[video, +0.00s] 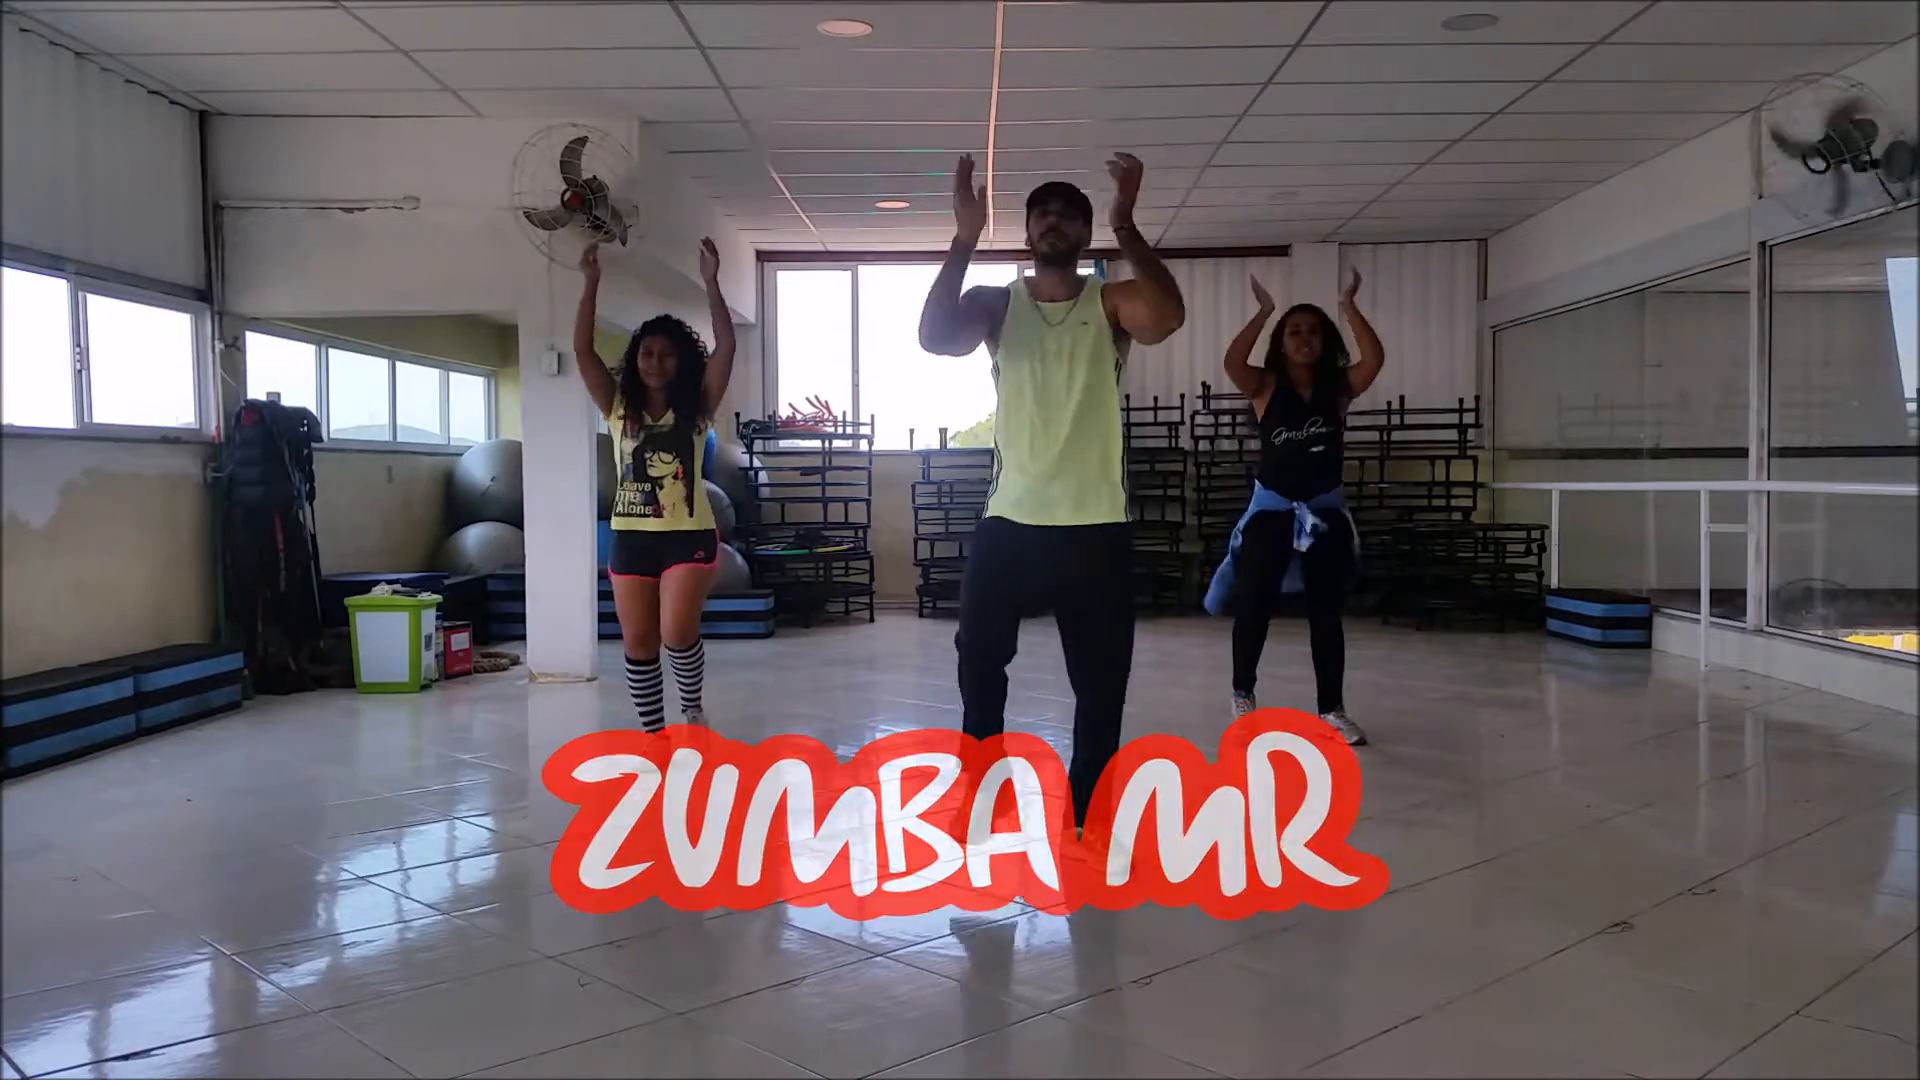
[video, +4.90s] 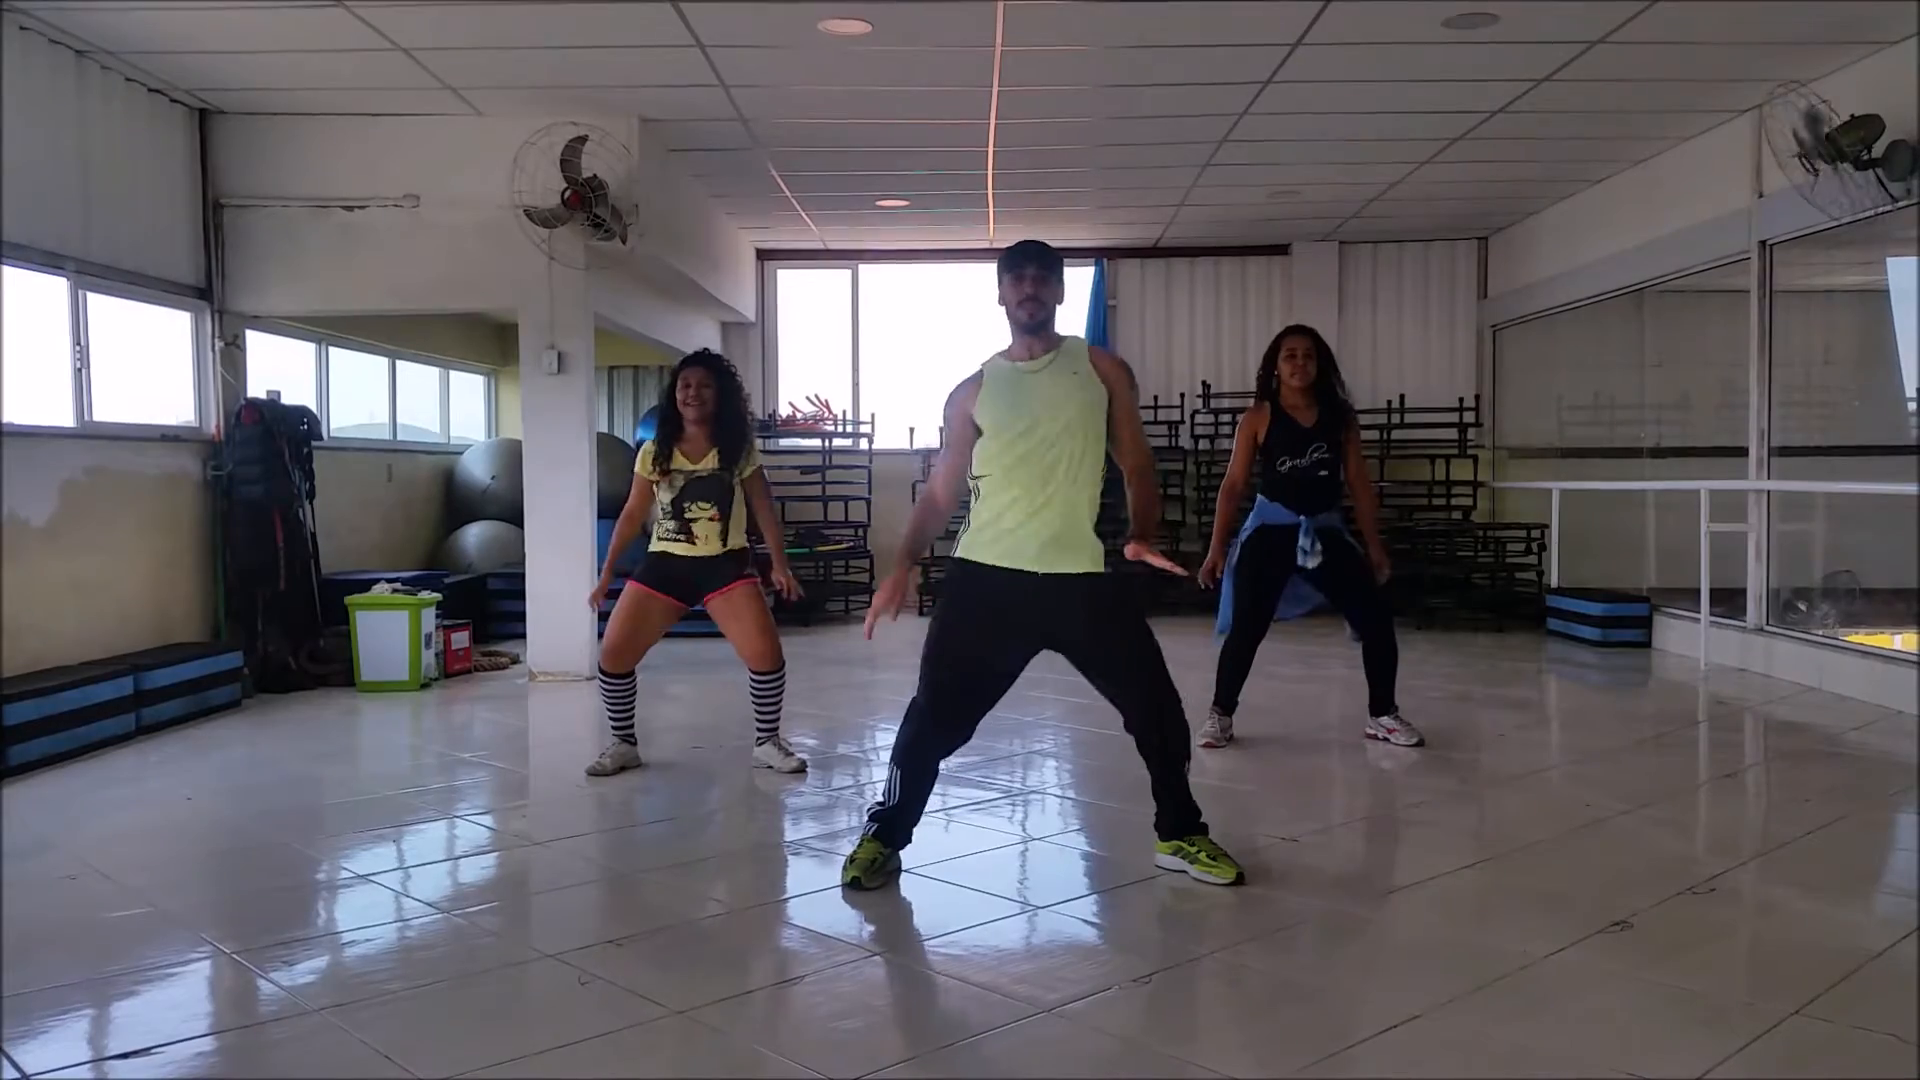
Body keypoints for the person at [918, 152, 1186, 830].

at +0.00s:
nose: (1053, 225)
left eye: (1067, 217)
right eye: (1041, 216)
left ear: (1087, 235)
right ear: (1027, 234)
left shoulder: (1112, 298)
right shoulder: (996, 303)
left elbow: (1167, 313)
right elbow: (935, 336)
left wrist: (1123, 226)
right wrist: (967, 235)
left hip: (1095, 523)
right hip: (1012, 520)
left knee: (1102, 691)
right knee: (979, 666)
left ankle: (1086, 827)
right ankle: (983, 803)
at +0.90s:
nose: (1066, 228)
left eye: (1079, 216)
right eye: (1053, 217)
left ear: (1098, 226)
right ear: (1035, 229)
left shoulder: (1129, 300)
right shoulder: (1004, 309)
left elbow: (1211, 350)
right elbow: (922, 378)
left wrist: (1179, 300)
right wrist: (937, 315)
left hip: (1109, 525)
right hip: (1021, 523)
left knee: (1127, 680)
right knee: (977, 663)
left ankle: (1118, 825)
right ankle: (973, 801)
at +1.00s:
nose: (1060, 233)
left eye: (1073, 221)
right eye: (1047, 221)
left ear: (1094, 227)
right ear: (1030, 229)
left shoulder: (1133, 306)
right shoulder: (1000, 312)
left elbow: (1231, 366)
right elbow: (923, 378)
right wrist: (913, 410)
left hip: (1108, 529)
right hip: (1018, 527)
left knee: (1124, 686)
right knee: (975, 669)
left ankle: (1119, 823)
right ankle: (951, 808)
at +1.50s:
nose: (1013, 242)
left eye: (1026, 230)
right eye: (1001, 229)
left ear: (1047, 239)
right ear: (985, 237)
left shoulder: (1085, 322)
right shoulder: (946, 329)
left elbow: (1136, 406)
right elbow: (907, 419)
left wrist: (1119, 465)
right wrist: (897, 498)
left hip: (1070, 540)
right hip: (976, 542)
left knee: (1125, 685)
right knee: (937, 695)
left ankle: (1133, 817)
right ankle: (915, 829)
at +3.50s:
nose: (1043, 310)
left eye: (1056, 300)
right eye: (1031, 298)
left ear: (1072, 309)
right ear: (1012, 305)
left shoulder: (1093, 390)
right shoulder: (964, 393)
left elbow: (1137, 481)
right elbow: (920, 479)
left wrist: (1172, 544)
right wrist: (945, 549)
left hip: (1105, 578)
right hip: (1014, 587)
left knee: (1174, 710)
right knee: (960, 721)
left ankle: (1182, 833)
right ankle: (894, 838)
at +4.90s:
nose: (1031, 289)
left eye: (1043, 278)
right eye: (1018, 278)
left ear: (1060, 290)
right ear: (1000, 292)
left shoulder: (1104, 370)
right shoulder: (972, 393)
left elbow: (1138, 466)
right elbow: (939, 492)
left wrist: (1143, 534)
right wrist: (903, 565)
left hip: (1084, 583)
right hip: (987, 582)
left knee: (1158, 712)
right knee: (933, 716)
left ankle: (1180, 832)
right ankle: (886, 834)